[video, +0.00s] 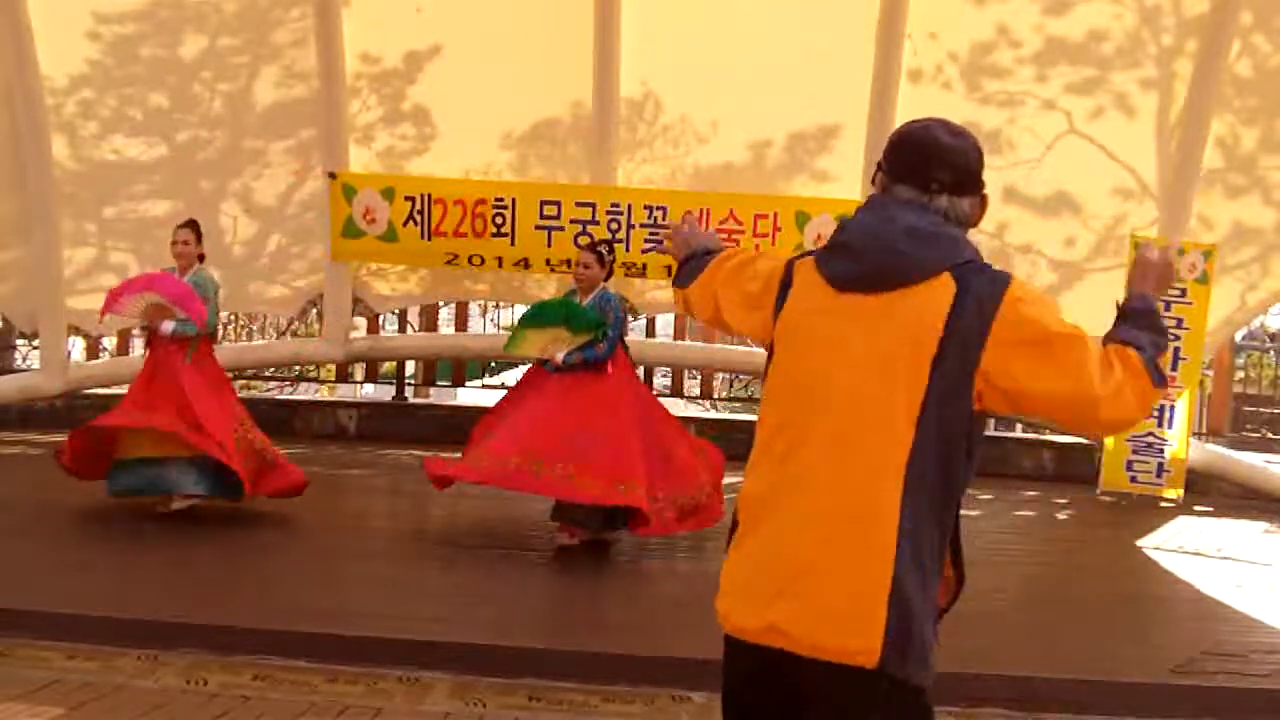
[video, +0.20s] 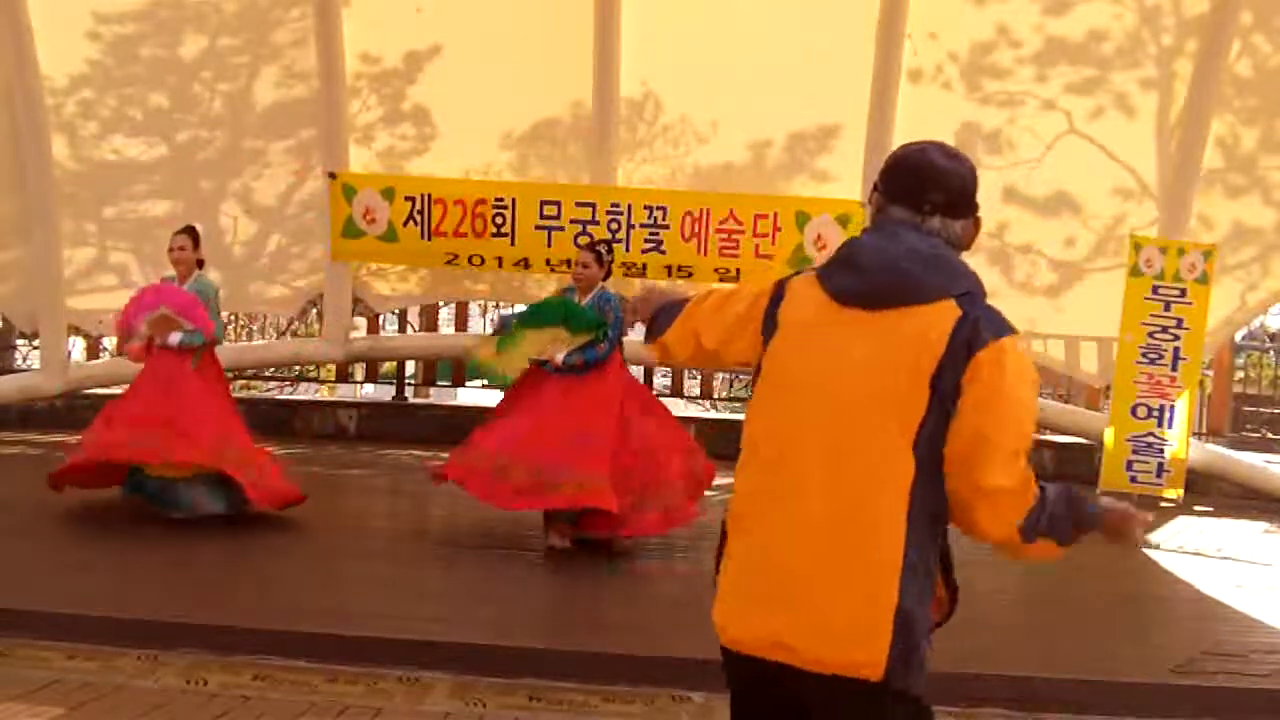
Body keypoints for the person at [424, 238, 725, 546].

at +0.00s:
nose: (580, 272)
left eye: (588, 267)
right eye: (577, 266)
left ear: (604, 272)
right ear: (574, 268)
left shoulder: (611, 303)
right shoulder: (569, 301)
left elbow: (606, 347)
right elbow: (552, 335)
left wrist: (566, 358)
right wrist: (547, 350)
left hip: (602, 388)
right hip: (572, 385)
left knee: (595, 453)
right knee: (574, 453)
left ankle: (592, 524)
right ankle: (576, 521)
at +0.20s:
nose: (578, 270)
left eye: (586, 265)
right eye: (576, 264)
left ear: (603, 270)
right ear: (573, 267)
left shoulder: (612, 304)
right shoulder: (564, 298)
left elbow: (604, 348)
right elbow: (533, 317)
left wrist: (564, 360)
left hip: (597, 385)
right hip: (562, 383)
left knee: (588, 449)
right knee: (558, 449)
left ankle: (577, 523)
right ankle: (556, 524)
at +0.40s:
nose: (579, 271)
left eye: (588, 266)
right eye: (577, 264)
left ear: (606, 272)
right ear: (573, 266)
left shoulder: (613, 304)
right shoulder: (561, 293)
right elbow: (522, 294)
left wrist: (566, 360)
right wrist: (483, 279)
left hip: (596, 384)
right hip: (557, 380)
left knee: (576, 448)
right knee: (547, 441)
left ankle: (560, 527)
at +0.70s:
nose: (581, 267)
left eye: (589, 263)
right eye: (579, 262)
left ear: (607, 268)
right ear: (576, 264)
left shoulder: (615, 305)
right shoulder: (563, 290)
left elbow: (614, 349)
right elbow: (528, 270)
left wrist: (576, 362)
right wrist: (509, 232)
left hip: (594, 387)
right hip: (558, 383)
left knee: (579, 450)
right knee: (544, 444)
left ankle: (564, 526)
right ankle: (537, 524)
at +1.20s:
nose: (602, 264)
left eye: (609, 260)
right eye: (597, 257)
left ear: (618, 266)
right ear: (587, 261)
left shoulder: (622, 305)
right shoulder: (574, 289)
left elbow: (645, 345)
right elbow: (540, 267)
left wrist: (622, 351)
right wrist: (499, 246)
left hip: (606, 379)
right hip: (572, 374)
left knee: (598, 444)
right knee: (564, 442)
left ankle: (589, 518)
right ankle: (550, 520)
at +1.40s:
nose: (627, 267)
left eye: (628, 261)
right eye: (619, 260)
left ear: (628, 267)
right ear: (599, 262)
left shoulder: (633, 301)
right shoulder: (593, 292)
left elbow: (652, 339)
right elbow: (567, 276)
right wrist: (536, 263)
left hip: (624, 382)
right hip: (593, 380)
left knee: (616, 448)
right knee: (587, 447)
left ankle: (610, 526)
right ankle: (574, 525)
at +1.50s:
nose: (633, 266)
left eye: (632, 260)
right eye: (627, 260)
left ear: (614, 262)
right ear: (607, 262)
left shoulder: (624, 300)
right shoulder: (603, 289)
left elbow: (635, 340)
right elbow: (594, 278)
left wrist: (644, 319)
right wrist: (578, 268)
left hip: (621, 386)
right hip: (599, 387)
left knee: (613, 452)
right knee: (595, 453)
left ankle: (608, 527)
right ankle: (589, 528)